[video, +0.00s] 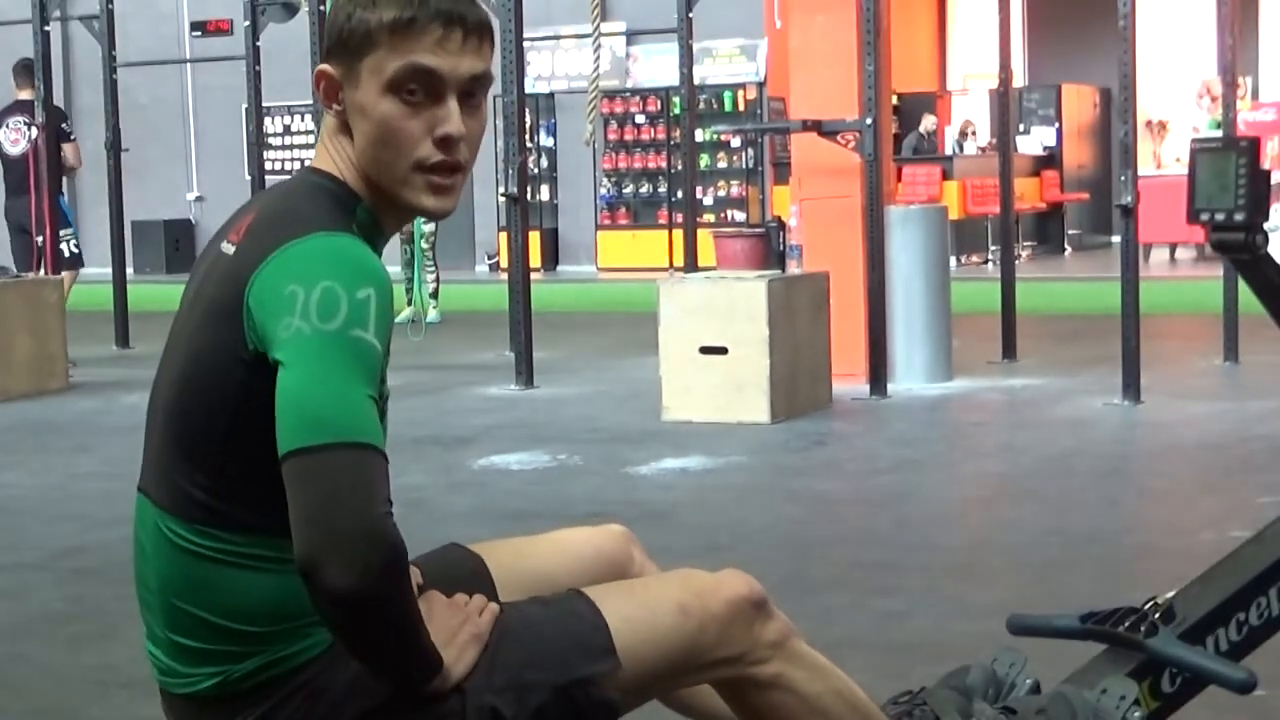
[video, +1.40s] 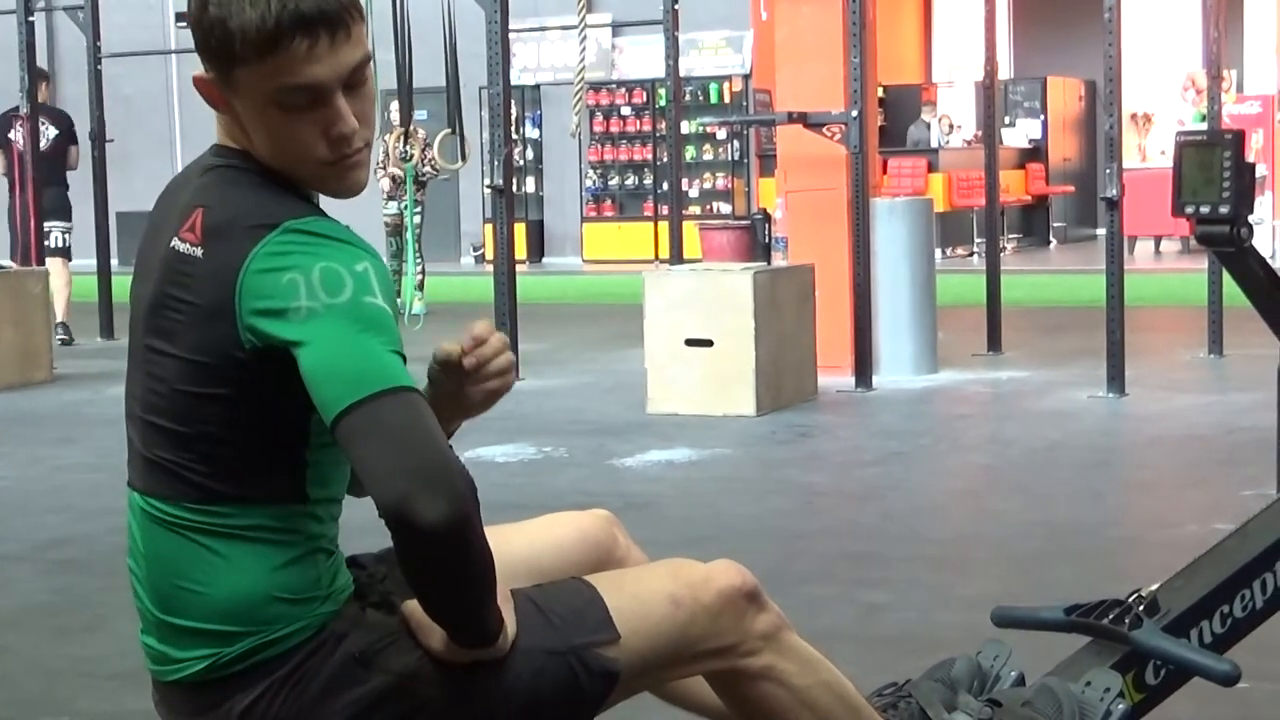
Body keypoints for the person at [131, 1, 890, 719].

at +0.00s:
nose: (455, 130)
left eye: (473, 96)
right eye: (416, 93)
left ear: (491, 101)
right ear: (335, 97)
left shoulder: (306, 230)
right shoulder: (325, 261)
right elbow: (345, 556)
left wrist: (384, 610)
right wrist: (425, 670)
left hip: (279, 633)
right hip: (294, 685)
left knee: (611, 553)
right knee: (736, 609)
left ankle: (752, 717)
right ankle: (888, 717)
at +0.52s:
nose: (386, 150)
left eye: (404, 111)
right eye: (346, 115)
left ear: (426, 88)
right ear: (269, 93)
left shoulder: (250, 200)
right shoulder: (305, 259)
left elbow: (240, 457)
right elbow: (459, 517)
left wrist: (364, 527)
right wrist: (477, 632)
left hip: (282, 606)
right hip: (286, 678)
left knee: (606, 538)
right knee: (730, 609)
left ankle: (747, 706)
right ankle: (886, 717)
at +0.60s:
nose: (382, 147)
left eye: (400, 107)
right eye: (345, 113)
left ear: (416, 85)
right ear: (264, 100)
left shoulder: (228, 207)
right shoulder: (305, 260)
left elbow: (280, 438)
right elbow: (453, 516)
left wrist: (431, 444)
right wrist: (485, 642)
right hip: (289, 676)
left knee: (610, 545)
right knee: (734, 609)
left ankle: (761, 700)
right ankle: (886, 712)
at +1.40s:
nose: (348, 125)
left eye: (354, 85)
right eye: (303, 104)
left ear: (368, 60)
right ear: (214, 94)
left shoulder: (199, 206)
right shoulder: (300, 252)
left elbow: (283, 458)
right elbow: (425, 497)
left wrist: (432, 409)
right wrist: (469, 632)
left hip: (252, 619)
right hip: (287, 676)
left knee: (593, 538)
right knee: (725, 601)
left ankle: (767, 712)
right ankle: (878, 717)